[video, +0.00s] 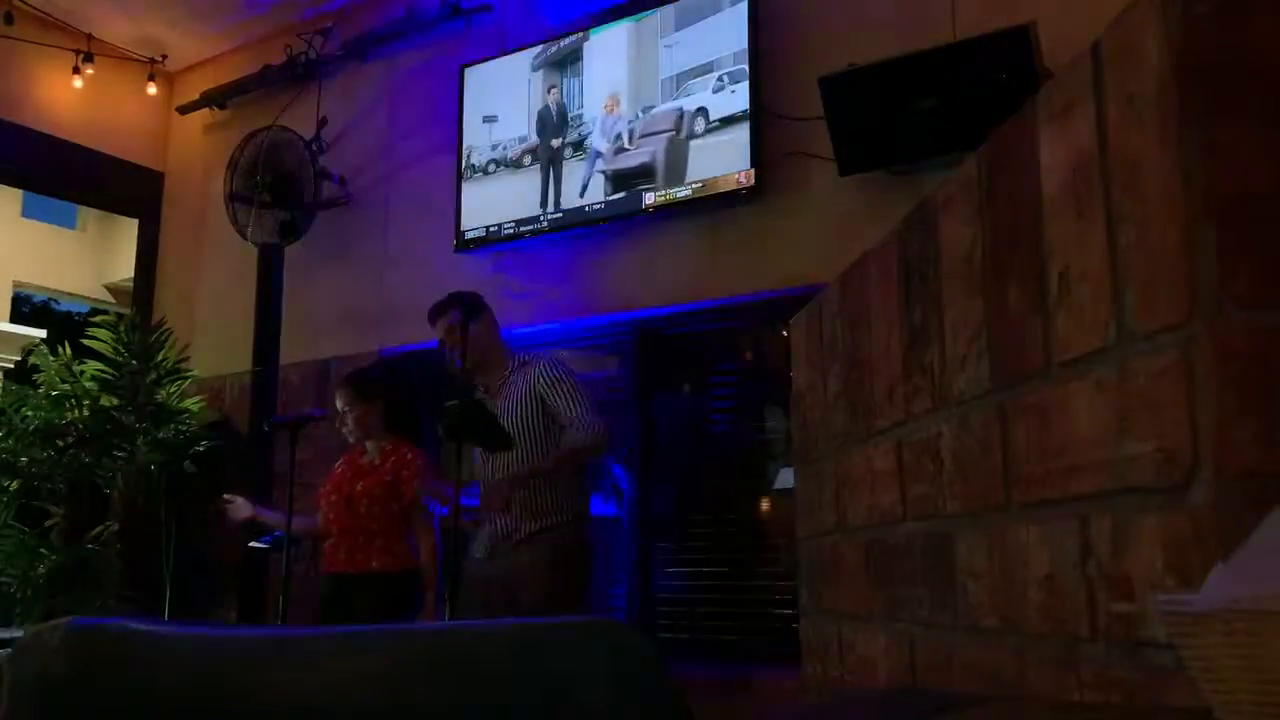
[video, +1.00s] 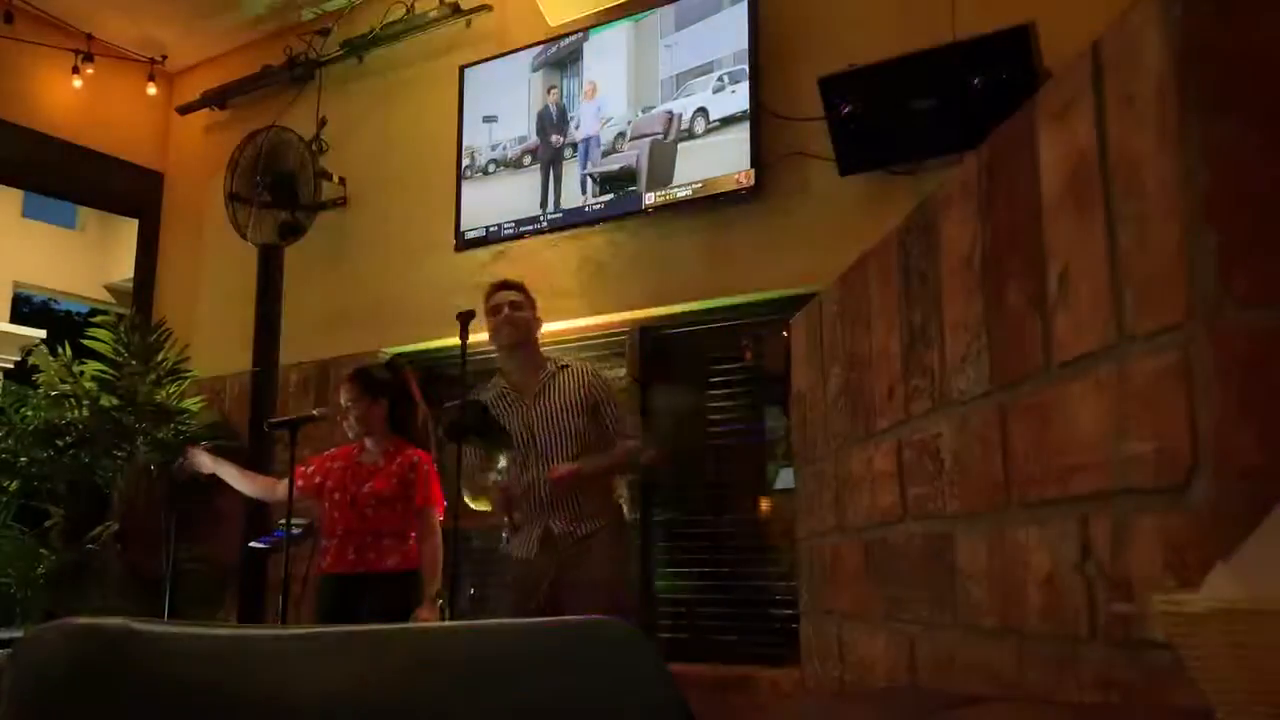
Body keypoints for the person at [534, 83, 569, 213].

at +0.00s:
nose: (556, 96)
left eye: (557, 93)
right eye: (554, 94)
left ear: (559, 95)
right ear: (548, 95)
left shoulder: (562, 110)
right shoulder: (542, 112)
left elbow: (565, 126)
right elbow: (539, 131)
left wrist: (561, 138)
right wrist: (550, 141)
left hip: (558, 148)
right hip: (545, 149)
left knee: (558, 179)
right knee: (545, 179)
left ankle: (557, 205)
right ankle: (543, 207)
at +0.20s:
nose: (556, 96)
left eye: (557, 94)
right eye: (553, 94)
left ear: (559, 95)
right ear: (548, 95)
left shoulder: (562, 109)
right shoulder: (542, 112)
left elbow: (565, 126)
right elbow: (539, 132)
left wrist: (561, 138)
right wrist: (550, 141)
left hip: (558, 148)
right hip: (545, 149)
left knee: (558, 179)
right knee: (545, 179)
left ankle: (557, 205)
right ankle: (543, 207)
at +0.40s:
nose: (555, 96)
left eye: (557, 94)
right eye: (553, 94)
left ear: (559, 95)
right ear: (548, 96)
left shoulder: (562, 109)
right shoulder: (542, 111)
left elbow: (565, 125)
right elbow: (539, 131)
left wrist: (562, 138)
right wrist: (549, 141)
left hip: (558, 148)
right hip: (546, 149)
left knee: (558, 179)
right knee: (545, 179)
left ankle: (557, 205)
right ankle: (543, 207)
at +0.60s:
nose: (556, 96)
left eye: (557, 94)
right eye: (553, 94)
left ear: (559, 95)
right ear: (548, 96)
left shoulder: (562, 108)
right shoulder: (542, 112)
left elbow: (566, 125)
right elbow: (539, 132)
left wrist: (562, 138)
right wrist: (549, 141)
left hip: (558, 148)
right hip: (546, 149)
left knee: (558, 179)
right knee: (545, 179)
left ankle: (557, 205)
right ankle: (543, 207)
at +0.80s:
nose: (555, 96)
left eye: (557, 94)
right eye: (553, 94)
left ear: (559, 95)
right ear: (548, 96)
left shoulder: (562, 109)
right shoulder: (542, 112)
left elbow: (565, 126)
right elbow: (539, 132)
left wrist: (561, 138)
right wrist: (550, 141)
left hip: (558, 150)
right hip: (546, 150)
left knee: (558, 180)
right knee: (545, 180)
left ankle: (557, 205)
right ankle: (543, 207)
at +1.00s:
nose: (556, 96)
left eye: (557, 94)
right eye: (553, 94)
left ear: (559, 95)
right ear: (548, 96)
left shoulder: (562, 109)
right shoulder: (542, 112)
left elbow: (565, 125)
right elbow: (539, 132)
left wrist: (562, 137)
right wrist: (549, 139)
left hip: (558, 150)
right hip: (546, 151)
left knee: (558, 179)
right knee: (545, 180)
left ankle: (557, 205)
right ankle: (543, 207)